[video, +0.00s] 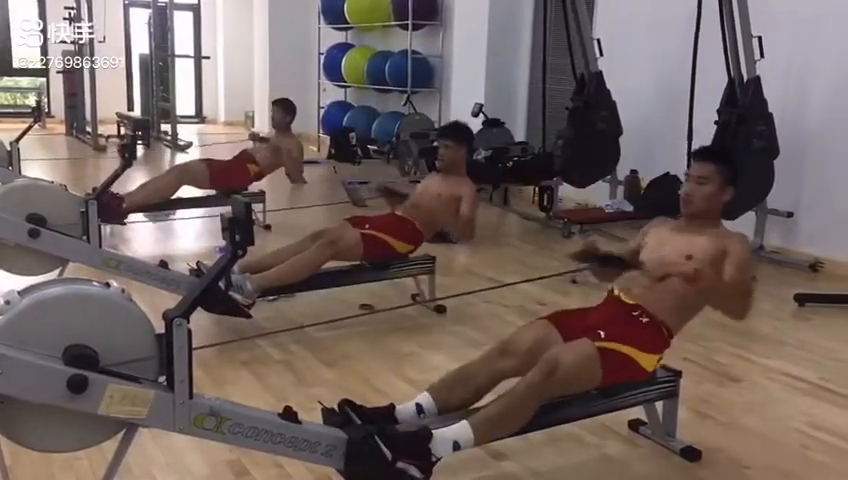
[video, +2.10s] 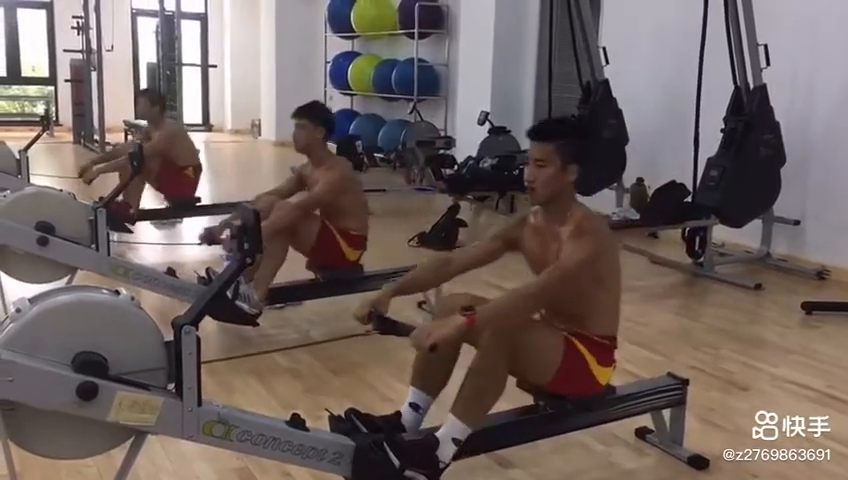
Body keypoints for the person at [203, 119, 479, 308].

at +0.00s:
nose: (439, 153)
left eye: (446, 149)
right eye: (438, 148)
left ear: (464, 153)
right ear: (441, 150)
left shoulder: (467, 189)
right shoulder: (433, 177)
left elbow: (466, 235)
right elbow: (411, 212)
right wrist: (393, 198)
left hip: (405, 234)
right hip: (386, 220)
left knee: (331, 244)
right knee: (318, 235)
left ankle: (251, 287)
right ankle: (234, 269)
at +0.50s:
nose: (416, 136)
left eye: (422, 131)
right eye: (416, 130)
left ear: (440, 135)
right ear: (422, 133)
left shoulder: (445, 174)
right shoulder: (415, 165)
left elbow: (444, 222)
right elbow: (397, 198)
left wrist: (409, 210)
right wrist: (375, 204)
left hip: (400, 233)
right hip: (379, 222)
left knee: (325, 248)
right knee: (311, 239)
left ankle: (245, 290)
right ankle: (227, 274)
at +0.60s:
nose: (405, 130)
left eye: (412, 125)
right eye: (406, 124)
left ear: (432, 131)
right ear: (411, 129)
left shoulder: (437, 170)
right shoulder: (406, 163)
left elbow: (427, 218)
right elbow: (382, 198)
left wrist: (378, 220)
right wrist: (351, 209)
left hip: (396, 238)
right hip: (374, 227)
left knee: (326, 249)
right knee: (312, 240)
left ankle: (247, 291)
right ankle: (232, 274)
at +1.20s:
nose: (380, 127)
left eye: (387, 121)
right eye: (381, 121)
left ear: (405, 125)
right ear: (390, 125)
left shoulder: (418, 165)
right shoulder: (385, 162)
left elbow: (387, 211)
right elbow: (351, 195)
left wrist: (341, 238)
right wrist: (310, 222)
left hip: (398, 244)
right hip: (376, 235)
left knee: (326, 263)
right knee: (314, 252)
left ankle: (251, 295)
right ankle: (237, 278)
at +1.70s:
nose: (351, 128)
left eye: (358, 123)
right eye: (352, 122)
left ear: (377, 128)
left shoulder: (392, 168)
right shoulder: (359, 164)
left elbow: (358, 209)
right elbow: (320, 196)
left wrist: (310, 234)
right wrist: (282, 221)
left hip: (385, 244)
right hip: (363, 233)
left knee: (312, 235)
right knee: (301, 224)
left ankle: (256, 296)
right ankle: (242, 279)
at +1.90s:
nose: (325, 131)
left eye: (332, 125)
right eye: (326, 125)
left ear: (350, 130)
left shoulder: (368, 171)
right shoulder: (338, 166)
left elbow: (331, 208)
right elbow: (303, 194)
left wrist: (282, 234)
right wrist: (270, 215)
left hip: (369, 246)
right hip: (353, 237)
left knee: (290, 214)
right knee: (288, 216)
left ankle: (246, 280)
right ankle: (255, 293)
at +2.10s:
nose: (294, 134)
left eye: (301, 128)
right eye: (295, 127)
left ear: (320, 133)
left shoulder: (337, 173)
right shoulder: (308, 169)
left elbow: (296, 209)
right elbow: (275, 195)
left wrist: (249, 237)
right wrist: (230, 222)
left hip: (347, 249)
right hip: (330, 241)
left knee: (285, 214)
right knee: (268, 205)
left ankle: (256, 296)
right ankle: (243, 282)